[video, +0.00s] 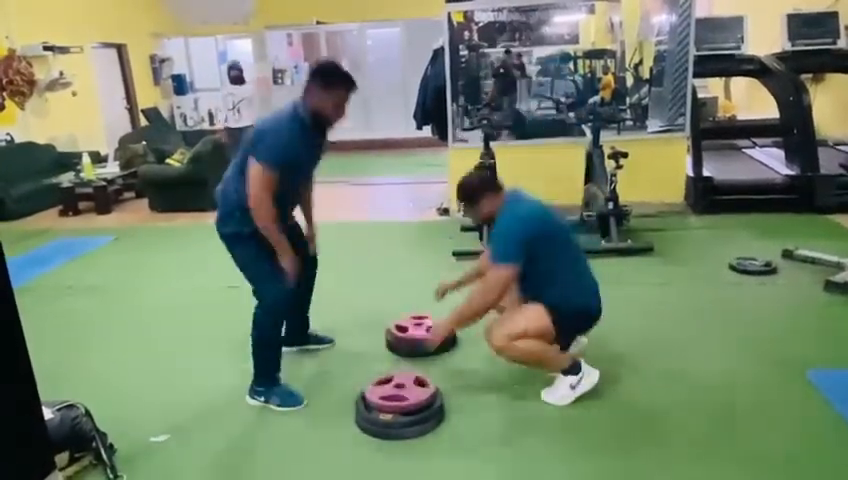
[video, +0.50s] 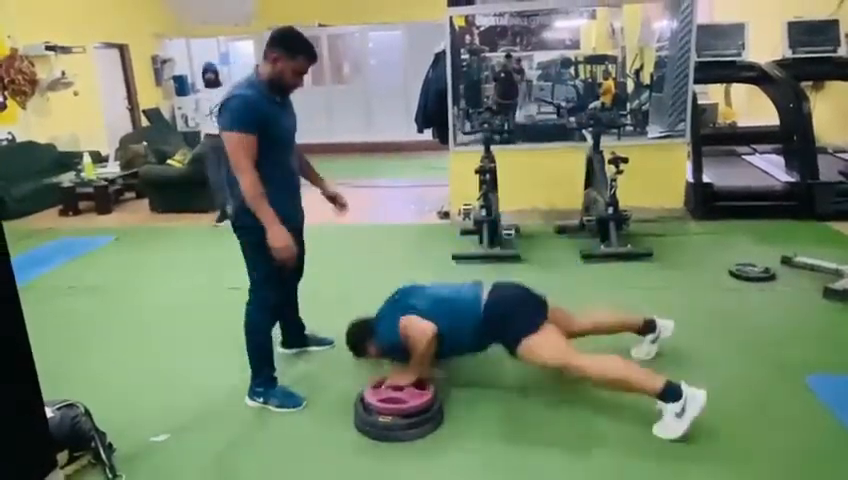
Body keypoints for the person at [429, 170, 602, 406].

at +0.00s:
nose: (469, 214)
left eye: (471, 207)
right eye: (467, 208)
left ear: (486, 200)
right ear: (490, 195)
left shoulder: (512, 220)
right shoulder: (508, 207)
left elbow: (494, 289)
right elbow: (491, 261)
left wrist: (448, 325)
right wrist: (456, 284)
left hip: (575, 306)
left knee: (500, 336)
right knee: (498, 299)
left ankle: (575, 372)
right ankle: (564, 338)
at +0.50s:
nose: (374, 360)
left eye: (370, 356)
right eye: (370, 357)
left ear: (371, 343)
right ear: (373, 324)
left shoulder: (391, 327)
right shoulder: (398, 299)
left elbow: (427, 332)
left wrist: (416, 372)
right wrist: (419, 358)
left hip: (503, 317)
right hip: (504, 292)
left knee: (574, 363)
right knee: (574, 325)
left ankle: (675, 395)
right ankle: (651, 326)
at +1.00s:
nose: (365, 282)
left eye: (361, 277)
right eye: (361, 278)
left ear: (364, 264)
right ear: (372, 250)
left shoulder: (391, 272)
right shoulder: (406, 248)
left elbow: (414, 323)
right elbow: (427, 310)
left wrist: (414, 376)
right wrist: (418, 347)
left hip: (494, 332)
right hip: (500, 308)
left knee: (561, 375)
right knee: (567, 330)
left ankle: (664, 396)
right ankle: (646, 325)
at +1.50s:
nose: (423, 279)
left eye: (419, 274)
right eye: (419, 276)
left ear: (422, 261)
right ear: (426, 249)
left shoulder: (445, 260)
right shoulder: (448, 242)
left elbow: (439, 329)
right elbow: (446, 312)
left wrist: (418, 372)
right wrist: (439, 337)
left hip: (561, 252)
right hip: (567, 238)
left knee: (523, 336)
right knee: (562, 301)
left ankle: (605, 376)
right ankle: (608, 332)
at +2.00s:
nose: (482, 184)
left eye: (481, 176)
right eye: (479, 177)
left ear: (494, 167)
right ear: (501, 161)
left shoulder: (523, 186)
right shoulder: (526, 173)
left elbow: (538, 256)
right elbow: (536, 240)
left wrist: (513, 308)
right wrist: (521, 281)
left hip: (610, 248)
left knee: (543, 313)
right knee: (540, 290)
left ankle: (593, 382)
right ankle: (581, 350)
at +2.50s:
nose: (535, 73)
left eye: (536, 64)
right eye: (532, 66)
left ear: (554, 54)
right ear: (556, 53)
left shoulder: (584, 82)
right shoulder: (570, 81)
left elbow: (595, 152)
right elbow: (583, 147)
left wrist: (561, 205)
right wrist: (561, 199)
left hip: (589, 204)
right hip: (578, 201)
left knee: (589, 296)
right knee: (582, 287)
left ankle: (601, 387)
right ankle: (589, 351)